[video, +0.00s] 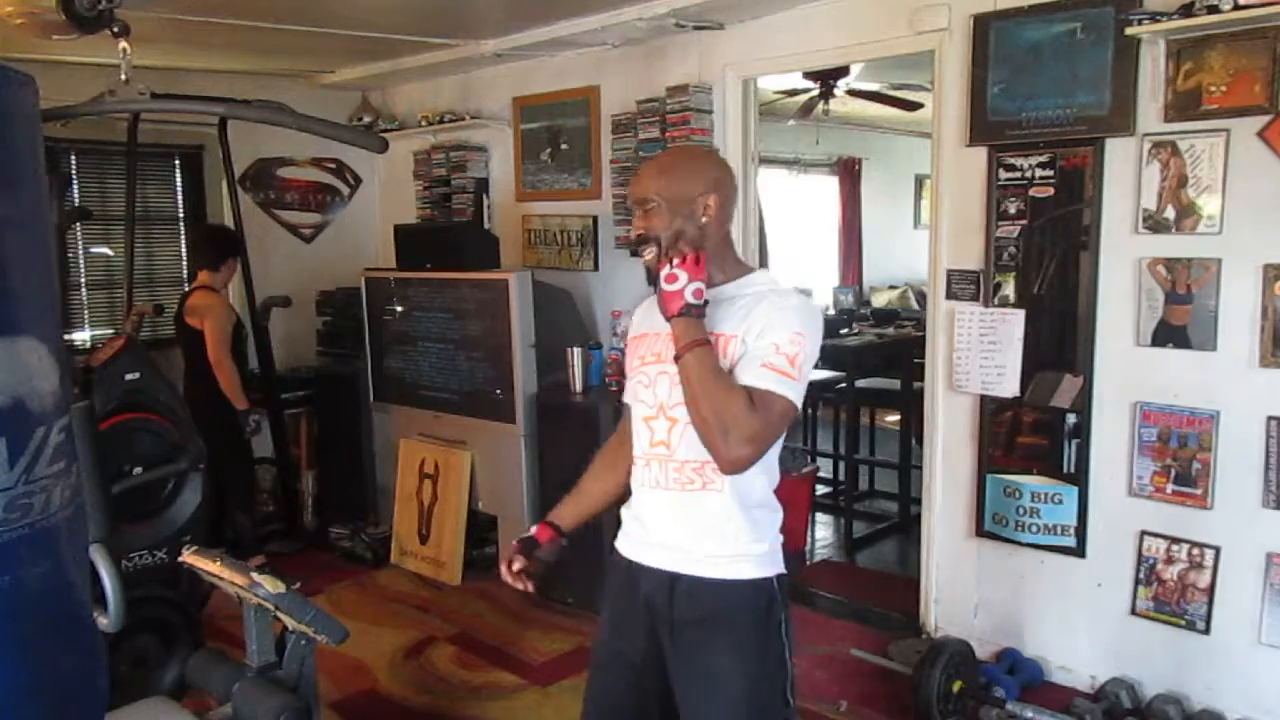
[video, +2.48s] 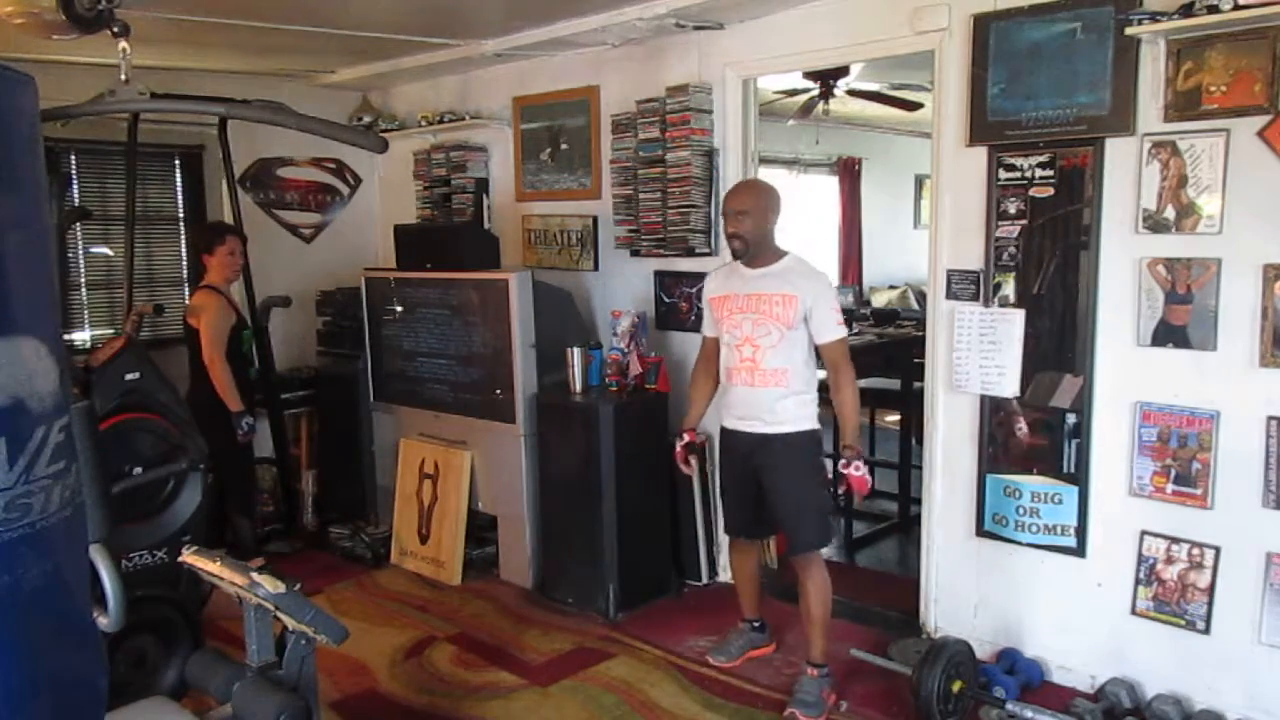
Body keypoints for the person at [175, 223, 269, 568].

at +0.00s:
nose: (236, 269)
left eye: (236, 262)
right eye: (235, 262)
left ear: (201, 261)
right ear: (228, 264)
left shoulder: (192, 300)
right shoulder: (216, 305)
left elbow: (199, 359)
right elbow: (220, 360)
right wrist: (243, 406)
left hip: (199, 399)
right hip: (217, 402)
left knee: (217, 474)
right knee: (237, 473)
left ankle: (215, 544)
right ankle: (245, 549)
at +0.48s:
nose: (238, 267)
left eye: (238, 259)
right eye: (236, 259)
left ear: (206, 260)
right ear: (221, 261)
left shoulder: (193, 299)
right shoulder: (214, 304)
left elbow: (202, 358)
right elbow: (220, 360)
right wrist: (245, 406)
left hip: (201, 401)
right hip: (218, 404)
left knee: (219, 476)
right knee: (237, 475)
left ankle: (218, 545)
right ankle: (245, 550)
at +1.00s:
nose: (237, 264)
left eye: (239, 257)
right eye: (230, 255)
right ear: (206, 259)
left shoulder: (207, 298)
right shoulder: (212, 304)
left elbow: (213, 358)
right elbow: (211, 360)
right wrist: (234, 409)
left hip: (209, 402)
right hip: (217, 406)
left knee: (224, 478)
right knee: (236, 478)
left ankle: (224, 546)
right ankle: (245, 550)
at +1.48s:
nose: (238, 261)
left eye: (240, 255)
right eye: (230, 253)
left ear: (242, 259)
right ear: (208, 258)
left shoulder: (215, 297)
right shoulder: (212, 302)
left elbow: (219, 357)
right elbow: (215, 360)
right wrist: (240, 409)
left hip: (214, 400)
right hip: (218, 405)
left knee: (230, 478)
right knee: (237, 479)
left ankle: (231, 548)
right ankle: (245, 551)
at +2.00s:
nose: (238, 261)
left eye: (240, 255)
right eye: (229, 254)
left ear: (241, 258)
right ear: (207, 259)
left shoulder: (208, 297)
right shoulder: (214, 304)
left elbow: (212, 357)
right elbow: (214, 360)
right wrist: (239, 410)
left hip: (210, 402)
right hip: (220, 406)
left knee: (225, 478)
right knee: (238, 480)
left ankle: (222, 548)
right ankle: (247, 553)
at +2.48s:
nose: (239, 261)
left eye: (240, 254)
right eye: (230, 254)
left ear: (241, 257)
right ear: (208, 259)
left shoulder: (209, 296)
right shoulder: (215, 303)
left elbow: (214, 357)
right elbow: (215, 360)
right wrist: (239, 410)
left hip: (210, 402)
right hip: (220, 406)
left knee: (225, 480)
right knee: (237, 481)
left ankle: (221, 548)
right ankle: (245, 553)